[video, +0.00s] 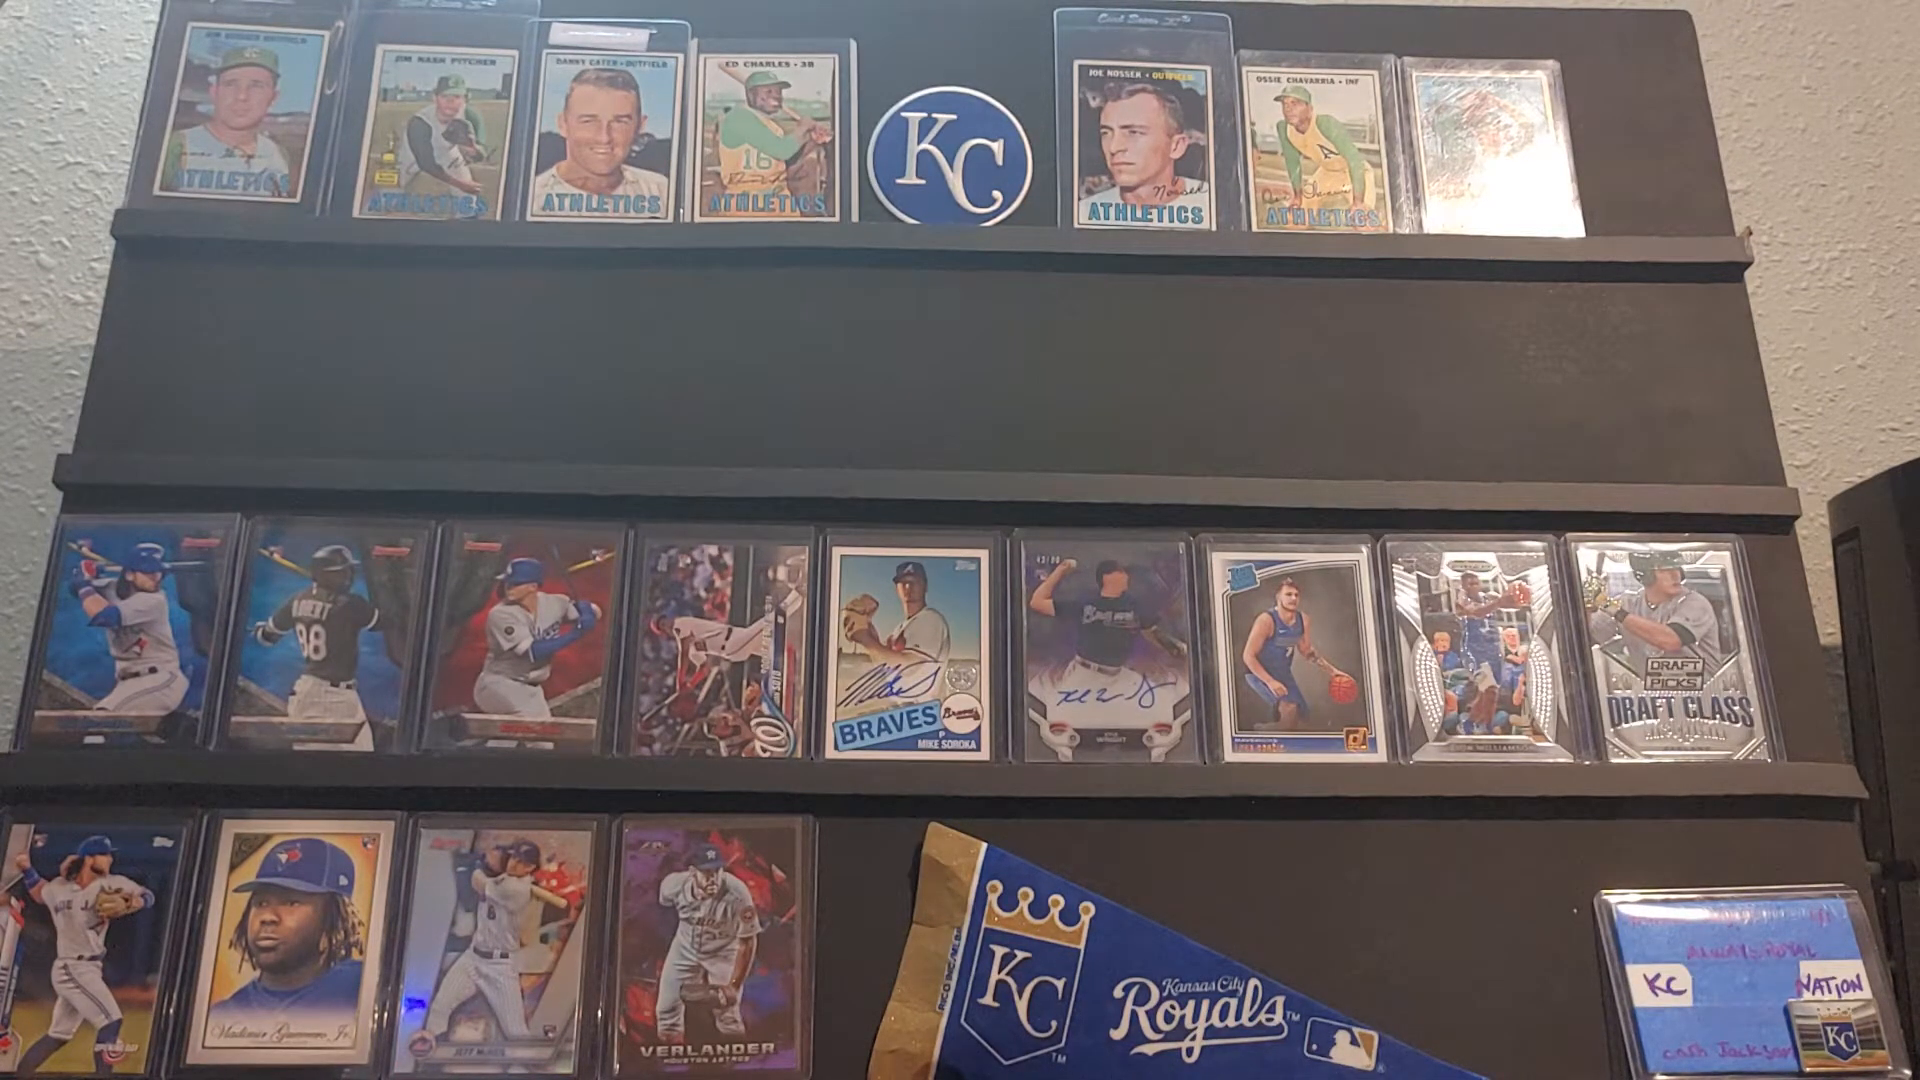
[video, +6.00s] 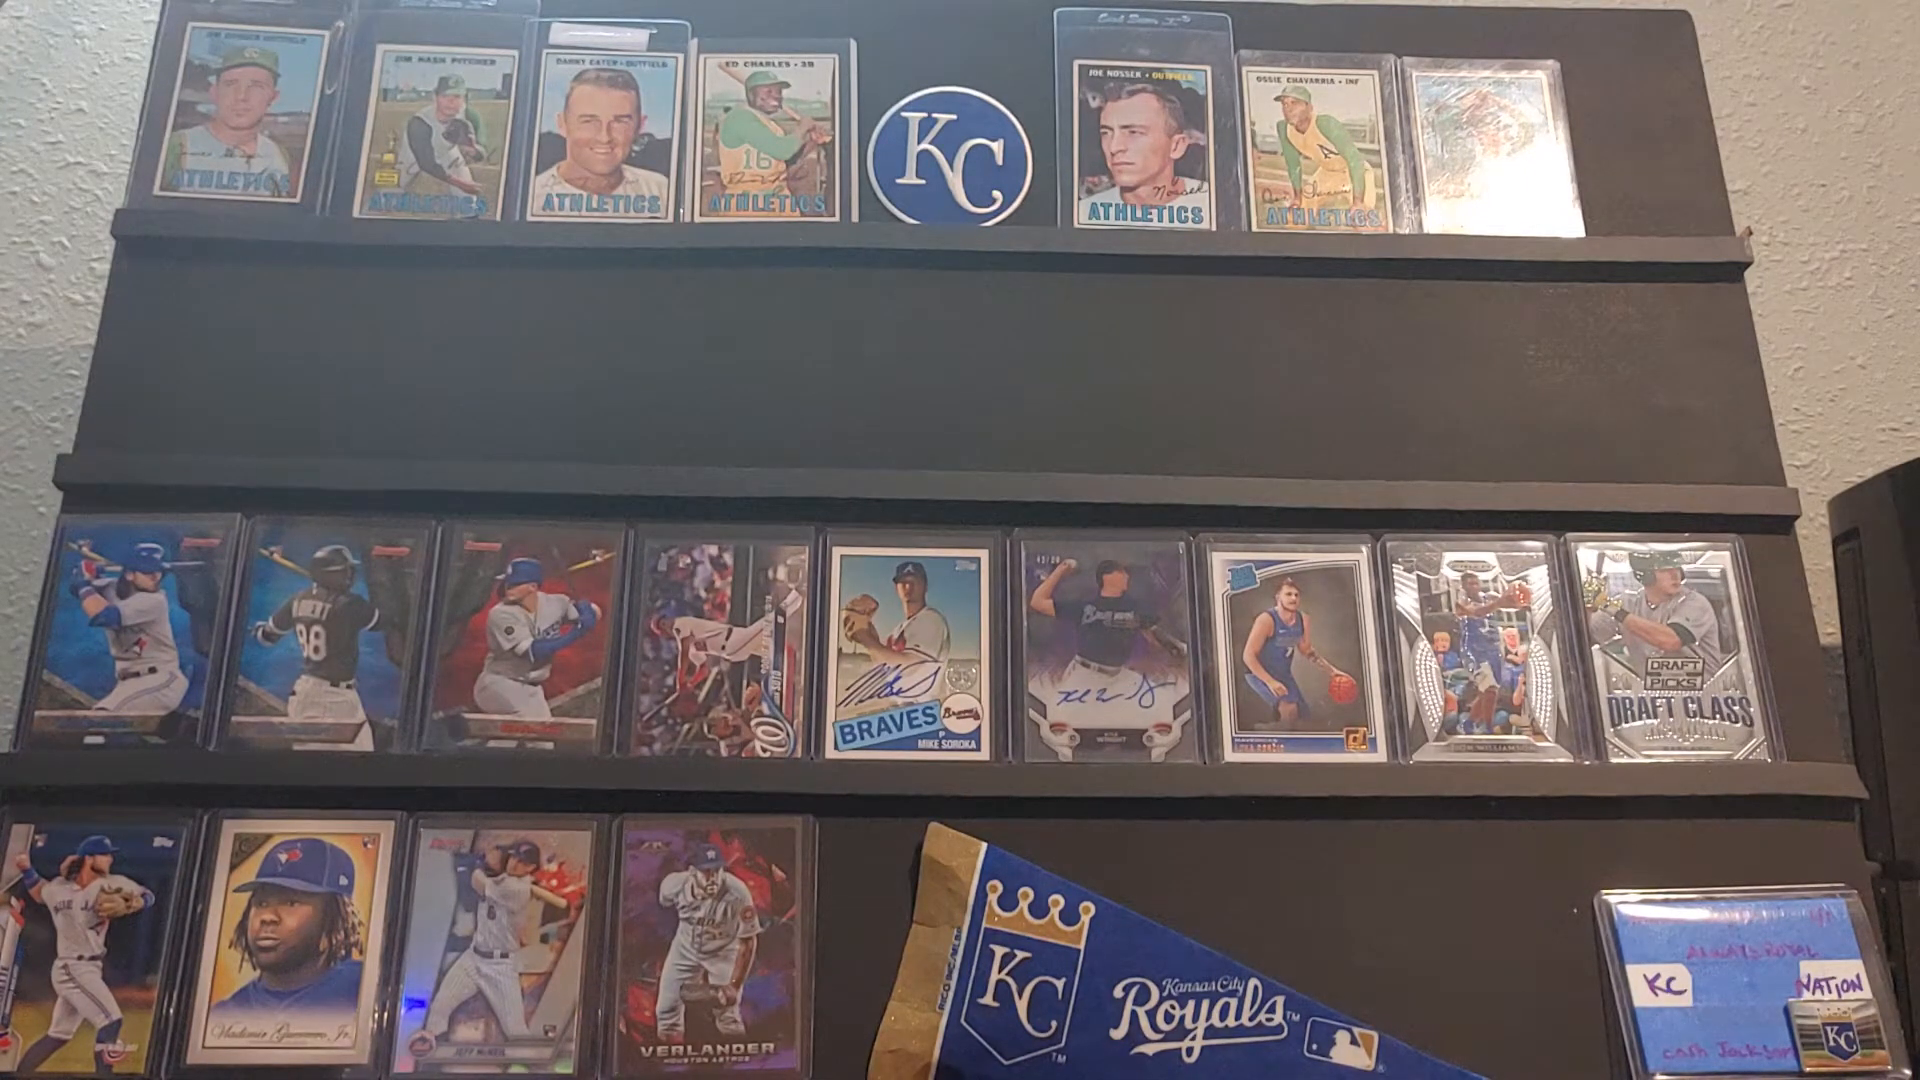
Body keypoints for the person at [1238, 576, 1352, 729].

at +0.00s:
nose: (1293, 599)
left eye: (1296, 595)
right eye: (1288, 595)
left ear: (1299, 598)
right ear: (1278, 598)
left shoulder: (1303, 619)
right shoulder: (1266, 620)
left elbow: (1306, 650)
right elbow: (1248, 656)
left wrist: (1333, 671)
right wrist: (1270, 681)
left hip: (1283, 672)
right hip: (1260, 671)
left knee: (1301, 713)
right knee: (1289, 706)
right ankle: (1284, 748)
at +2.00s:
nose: (1294, 599)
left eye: (1296, 595)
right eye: (1288, 595)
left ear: (1299, 598)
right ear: (1278, 598)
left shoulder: (1302, 619)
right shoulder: (1266, 620)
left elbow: (1307, 650)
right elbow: (1248, 656)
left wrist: (1333, 671)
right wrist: (1270, 681)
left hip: (1283, 673)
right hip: (1260, 673)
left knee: (1302, 713)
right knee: (1289, 707)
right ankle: (1282, 750)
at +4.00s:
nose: (1293, 599)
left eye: (1296, 595)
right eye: (1288, 595)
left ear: (1299, 599)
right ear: (1278, 598)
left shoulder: (1302, 619)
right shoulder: (1265, 620)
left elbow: (1307, 650)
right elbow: (1248, 656)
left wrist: (1332, 671)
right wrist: (1270, 682)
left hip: (1284, 674)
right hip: (1259, 673)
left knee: (1303, 715)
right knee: (1288, 707)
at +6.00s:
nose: (1293, 599)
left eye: (1296, 595)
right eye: (1288, 594)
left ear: (1300, 598)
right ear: (1278, 598)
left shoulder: (1303, 619)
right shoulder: (1266, 620)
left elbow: (1306, 650)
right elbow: (1248, 656)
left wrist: (1333, 671)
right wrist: (1271, 682)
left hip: (1284, 674)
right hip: (1260, 673)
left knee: (1302, 713)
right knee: (1289, 706)